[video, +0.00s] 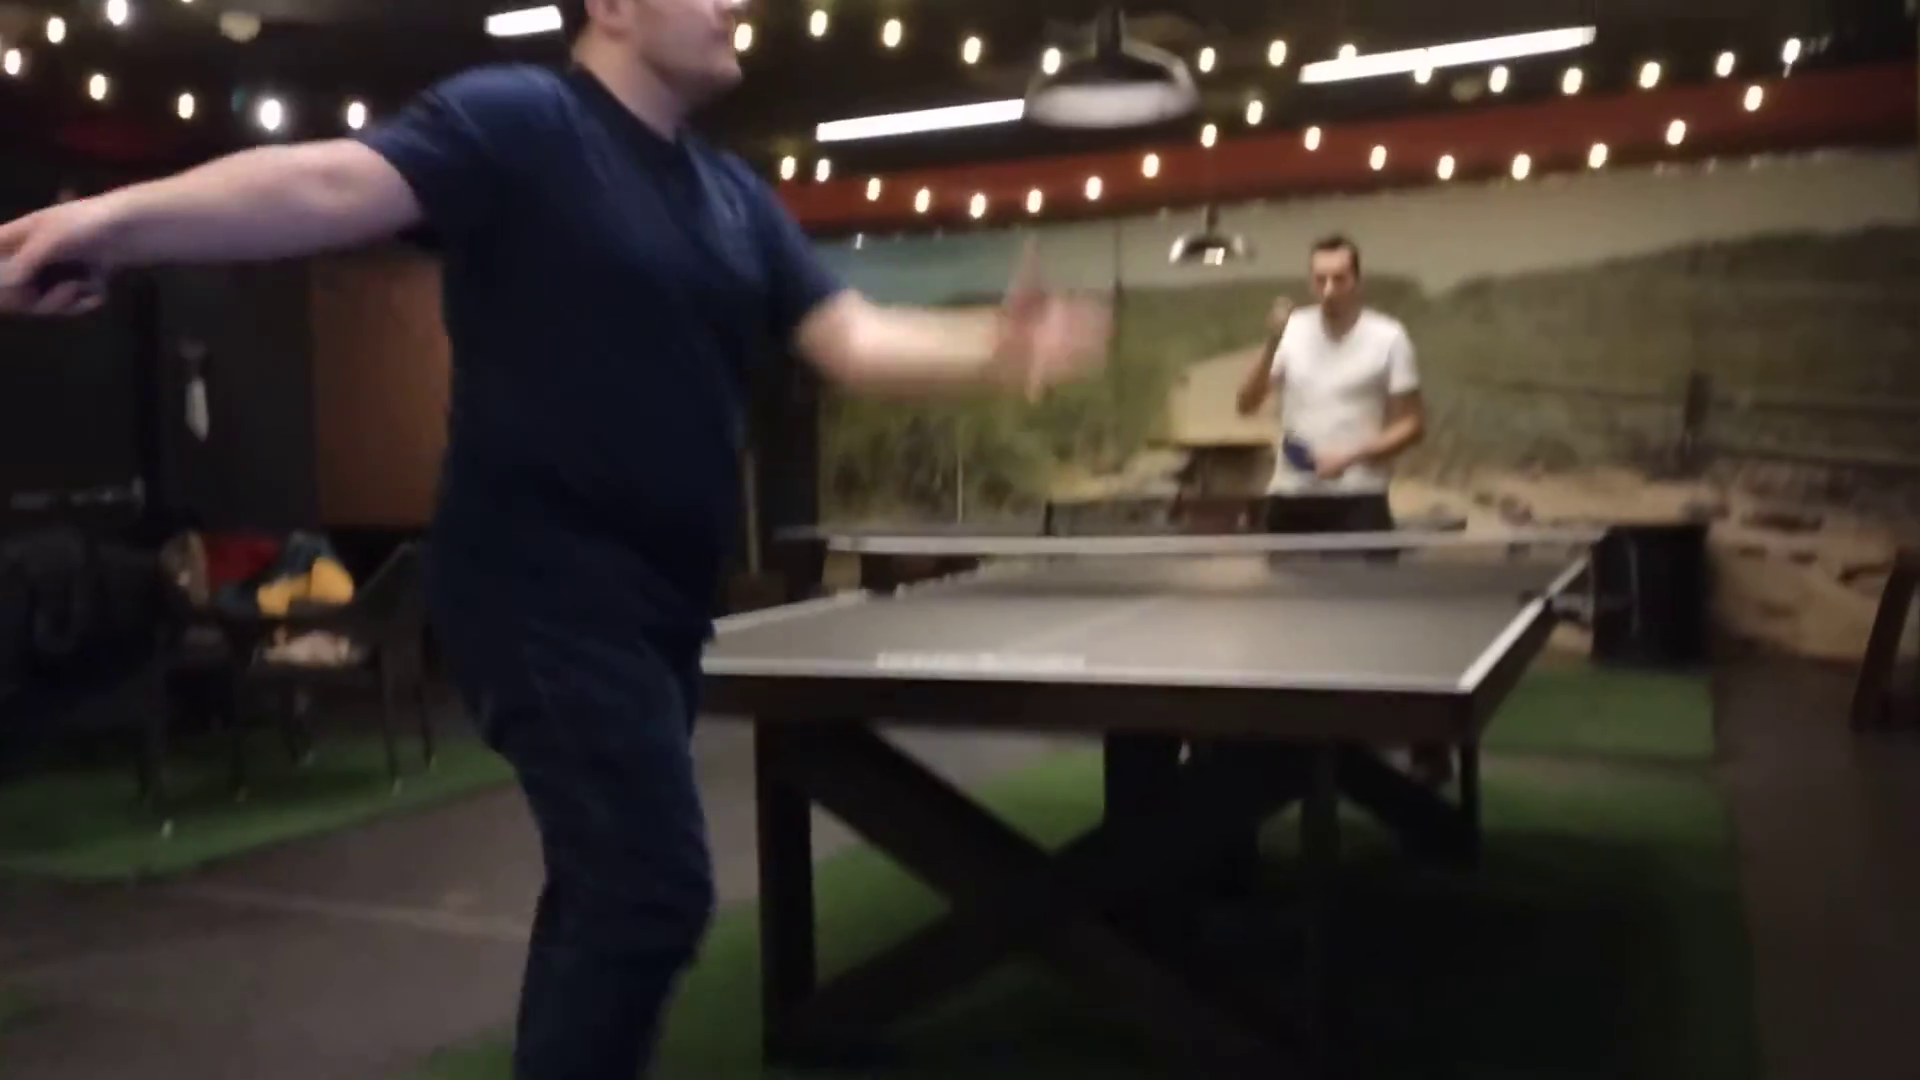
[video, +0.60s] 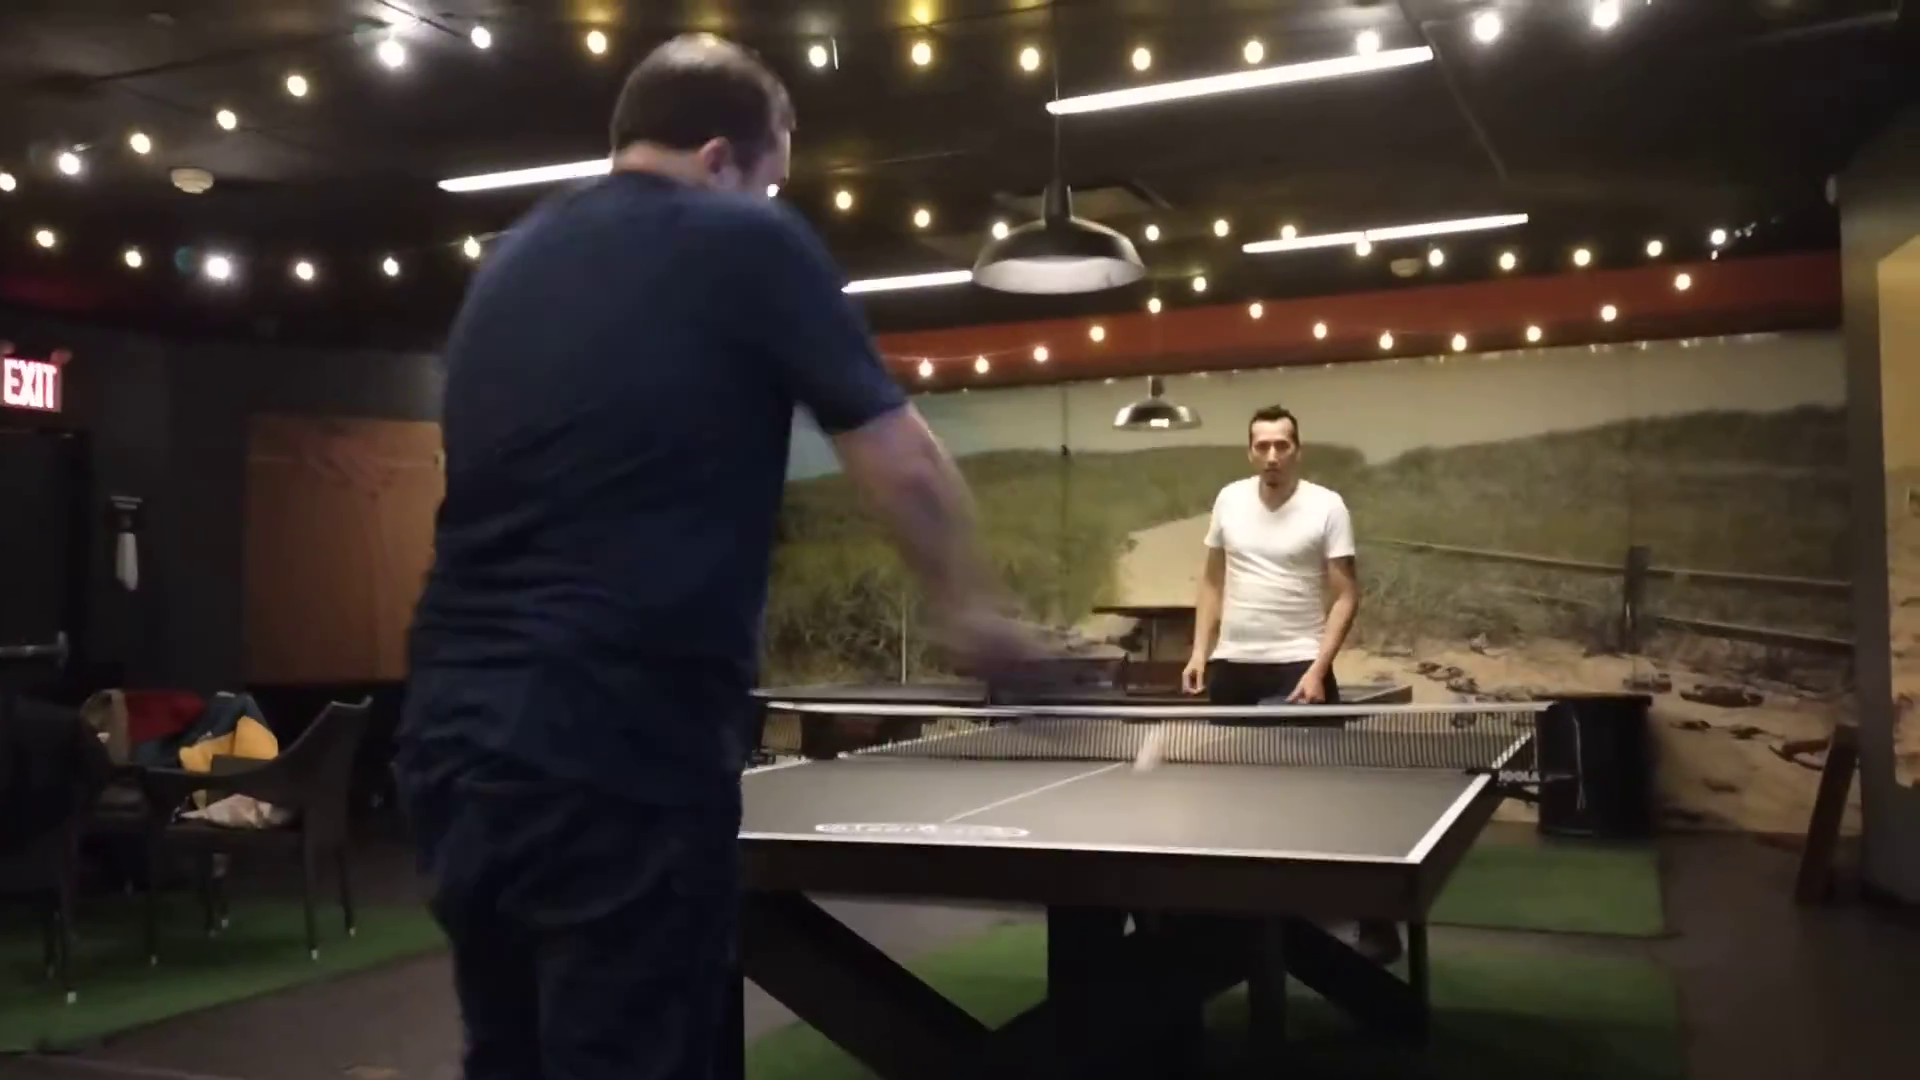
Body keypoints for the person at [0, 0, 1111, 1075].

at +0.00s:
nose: (737, 15)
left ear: (669, 25)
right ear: (613, 9)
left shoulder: (736, 200)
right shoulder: (520, 119)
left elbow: (852, 338)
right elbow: (335, 187)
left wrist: (998, 341)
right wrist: (113, 222)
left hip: (659, 600)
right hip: (530, 584)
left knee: (608, 898)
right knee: (650, 897)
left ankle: (565, 1068)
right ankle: (566, 1076)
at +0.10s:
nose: (748, 41)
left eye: (742, 21)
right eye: (713, 17)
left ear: (667, 56)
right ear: (626, 50)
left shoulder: (729, 249)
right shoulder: (555, 156)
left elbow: (816, 410)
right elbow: (395, 206)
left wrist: (956, 498)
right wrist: (205, 216)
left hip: (661, 643)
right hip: (556, 633)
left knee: (602, 947)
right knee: (666, 952)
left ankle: (552, 1078)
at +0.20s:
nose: (767, 91)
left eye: (759, 67)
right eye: (735, 65)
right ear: (645, 86)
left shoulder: (697, 261)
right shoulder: (594, 176)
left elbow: (758, 457)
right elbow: (503, 223)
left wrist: (844, 606)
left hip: (659, 680)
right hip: (576, 676)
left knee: (595, 992)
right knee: (674, 995)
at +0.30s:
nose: (781, 140)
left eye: (776, 117)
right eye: (756, 114)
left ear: (668, 127)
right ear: (664, 122)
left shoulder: (662, 247)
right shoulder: (618, 201)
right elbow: (563, 279)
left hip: (638, 691)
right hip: (593, 693)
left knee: (585, 1028)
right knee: (657, 1028)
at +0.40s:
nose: (784, 178)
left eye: (781, 152)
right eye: (762, 148)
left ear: (677, 156)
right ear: (677, 149)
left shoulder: (608, 248)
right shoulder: (641, 226)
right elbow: (694, 347)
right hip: (604, 730)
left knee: (577, 1044)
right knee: (654, 1046)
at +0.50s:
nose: (781, 208)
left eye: (783, 183)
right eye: (772, 178)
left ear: (672, 164)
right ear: (694, 164)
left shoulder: (557, 269)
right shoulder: (688, 248)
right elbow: (835, 431)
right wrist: (1071, 561)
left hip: (509, 751)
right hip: (613, 760)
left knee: (550, 1056)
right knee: (654, 1057)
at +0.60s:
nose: (770, 208)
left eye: (775, 187)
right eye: (773, 185)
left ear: (624, 145)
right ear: (727, 159)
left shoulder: (514, 254)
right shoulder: (754, 244)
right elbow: (908, 472)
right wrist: (970, 613)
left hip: (457, 738)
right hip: (627, 750)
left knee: (509, 1053)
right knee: (650, 1054)